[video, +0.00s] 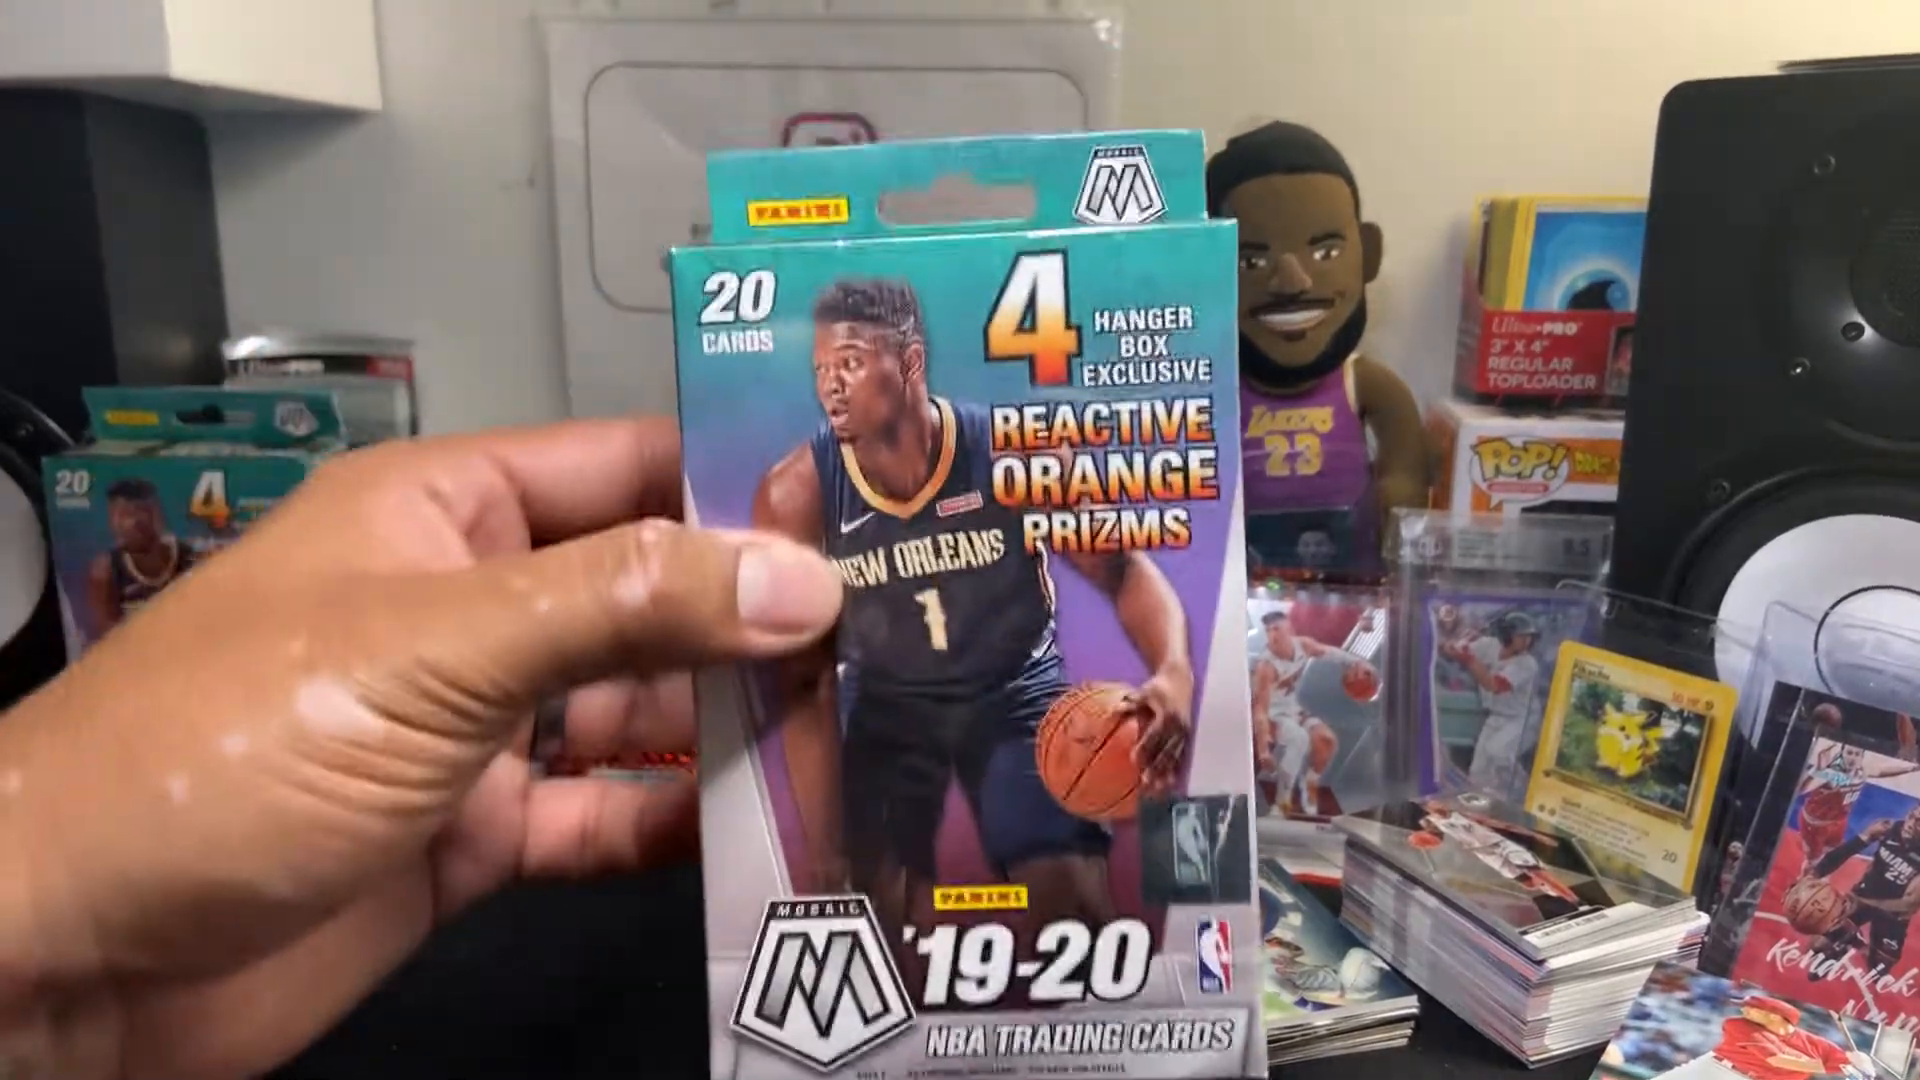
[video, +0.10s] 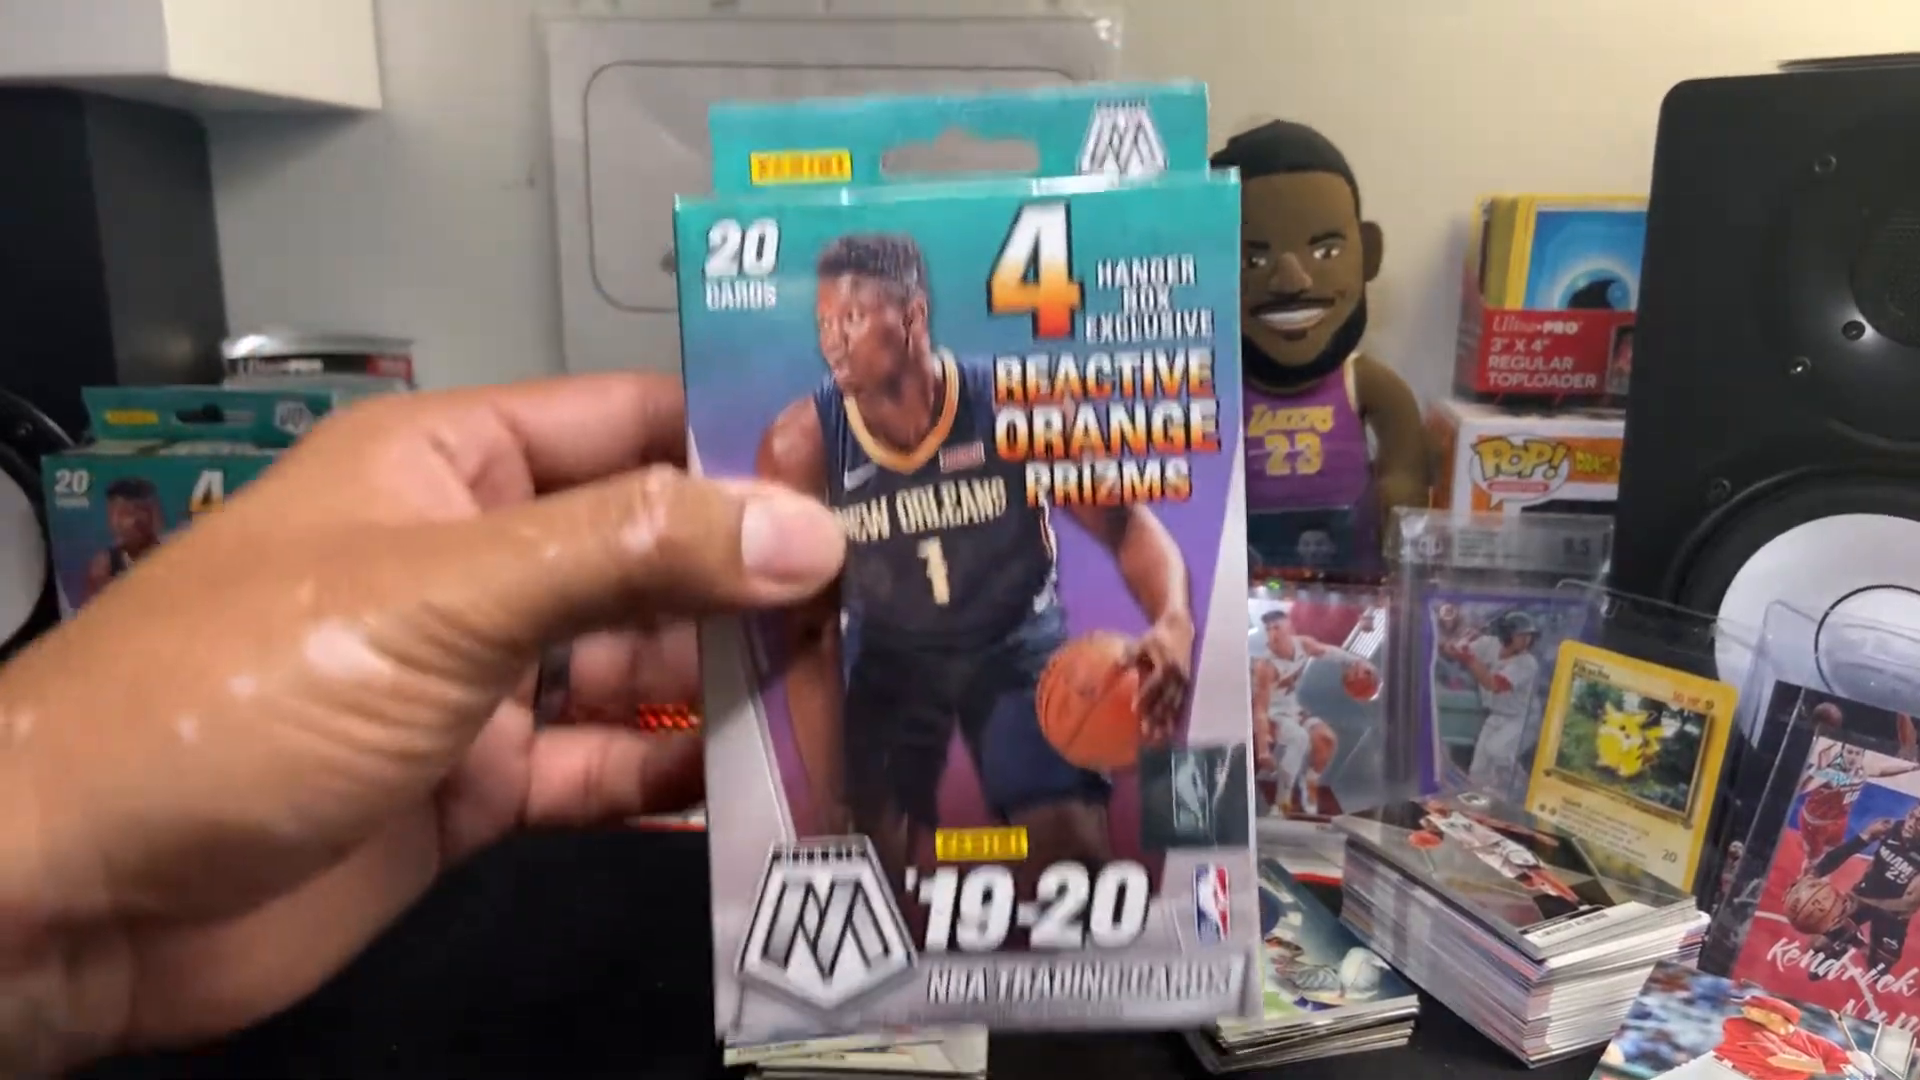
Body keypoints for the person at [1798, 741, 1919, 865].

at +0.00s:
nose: (1852, 758)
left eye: (1857, 754)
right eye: (1849, 753)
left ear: (1862, 757)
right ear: (1842, 753)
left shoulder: (1861, 772)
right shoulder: (1830, 772)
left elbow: (1882, 772)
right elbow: (1805, 789)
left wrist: (1912, 769)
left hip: (1838, 820)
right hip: (1813, 817)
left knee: (1832, 856)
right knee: (1812, 858)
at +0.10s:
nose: (1852, 757)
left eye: (1857, 754)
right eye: (1849, 752)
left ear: (1862, 756)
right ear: (1842, 752)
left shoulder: (1862, 772)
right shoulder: (1830, 769)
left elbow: (1883, 771)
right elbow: (1804, 788)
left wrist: (1913, 768)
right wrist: (1815, 770)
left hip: (1838, 820)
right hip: (1813, 815)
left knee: (1833, 856)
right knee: (1812, 856)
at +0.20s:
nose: (1852, 758)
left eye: (1857, 754)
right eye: (1849, 752)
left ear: (1862, 756)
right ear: (1842, 752)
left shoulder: (1862, 772)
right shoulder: (1830, 770)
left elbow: (1883, 772)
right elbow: (1804, 788)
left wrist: (1913, 768)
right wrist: (1815, 771)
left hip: (1838, 820)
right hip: (1813, 816)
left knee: (1833, 856)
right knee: (1812, 857)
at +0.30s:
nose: (1853, 758)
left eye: (1857, 754)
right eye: (1850, 753)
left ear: (1862, 756)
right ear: (1842, 752)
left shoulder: (1862, 772)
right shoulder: (1829, 767)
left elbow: (1884, 772)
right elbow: (1803, 788)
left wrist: (1913, 768)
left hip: (1838, 819)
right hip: (1812, 815)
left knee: (1834, 855)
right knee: (1812, 856)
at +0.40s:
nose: (1853, 757)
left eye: (1857, 754)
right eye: (1849, 752)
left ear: (1862, 756)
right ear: (1842, 752)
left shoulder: (1862, 772)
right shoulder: (1829, 768)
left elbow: (1883, 772)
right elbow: (1803, 788)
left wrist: (1913, 768)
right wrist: (1815, 772)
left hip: (1838, 820)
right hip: (1812, 816)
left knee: (1834, 855)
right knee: (1812, 855)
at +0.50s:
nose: (1853, 757)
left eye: (1857, 754)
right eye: (1849, 752)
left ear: (1862, 756)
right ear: (1842, 752)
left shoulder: (1861, 773)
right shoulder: (1829, 767)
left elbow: (1883, 772)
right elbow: (1803, 787)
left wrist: (1913, 768)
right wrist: (1815, 771)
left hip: (1837, 819)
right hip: (1812, 814)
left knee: (1832, 855)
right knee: (1811, 854)